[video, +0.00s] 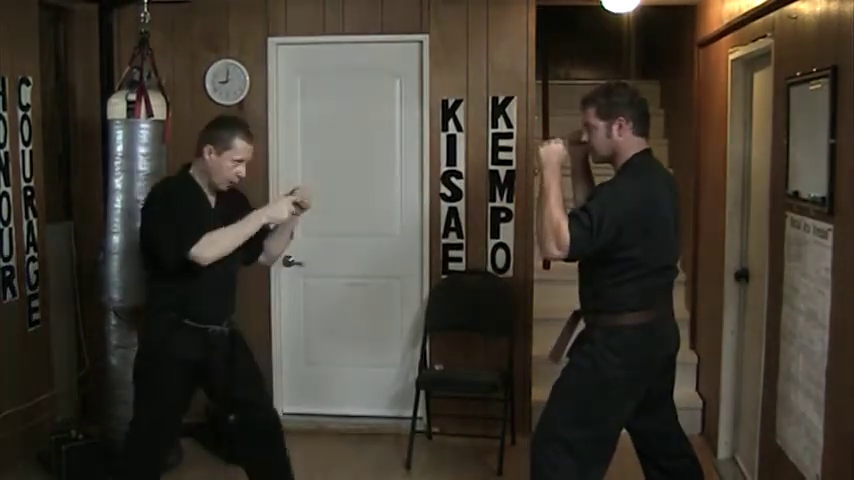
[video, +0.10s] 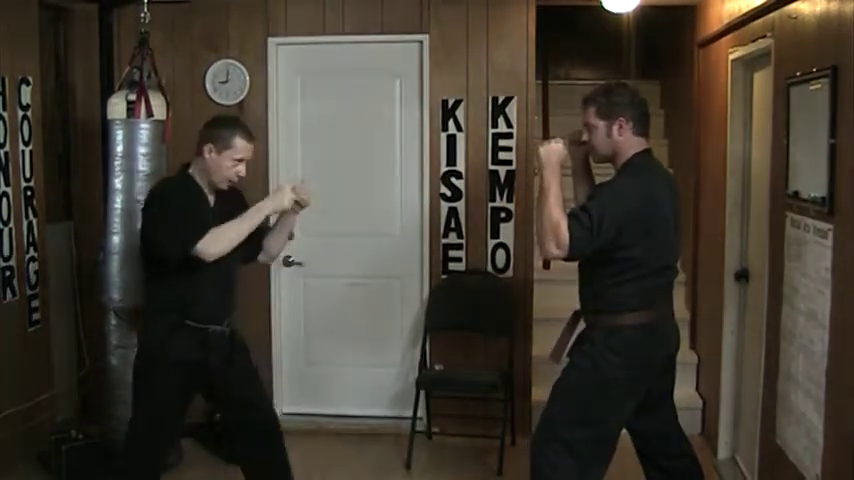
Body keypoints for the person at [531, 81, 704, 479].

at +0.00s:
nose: (586, 138)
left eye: (590, 128)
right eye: (585, 129)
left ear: (619, 127)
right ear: (626, 127)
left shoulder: (628, 187)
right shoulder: (659, 179)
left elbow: (560, 244)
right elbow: (594, 223)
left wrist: (551, 172)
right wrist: (580, 165)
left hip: (617, 343)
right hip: (655, 336)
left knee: (556, 451)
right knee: (665, 448)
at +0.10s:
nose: (586, 138)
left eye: (590, 128)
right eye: (585, 129)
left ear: (620, 127)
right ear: (626, 127)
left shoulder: (628, 187)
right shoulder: (659, 179)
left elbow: (559, 243)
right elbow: (596, 224)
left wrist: (550, 172)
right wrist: (581, 165)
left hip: (617, 343)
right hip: (655, 336)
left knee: (557, 451)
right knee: (664, 448)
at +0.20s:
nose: (586, 137)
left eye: (590, 128)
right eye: (585, 129)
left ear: (619, 126)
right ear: (626, 127)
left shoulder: (627, 187)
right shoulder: (659, 179)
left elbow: (558, 242)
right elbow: (595, 223)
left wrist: (550, 172)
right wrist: (581, 165)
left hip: (617, 343)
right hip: (655, 336)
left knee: (556, 451)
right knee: (665, 448)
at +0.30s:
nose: (586, 137)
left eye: (590, 128)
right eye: (585, 128)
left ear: (620, 126)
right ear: (626, 126)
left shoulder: (627, 188)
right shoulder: (659, 180)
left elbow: (559, 242)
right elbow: (596, 224)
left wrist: (549, 170)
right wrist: (581, 165)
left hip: (617, 343)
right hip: (655, 336)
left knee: (556, 451)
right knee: (665, 449)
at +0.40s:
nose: (586, 137)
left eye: (590, 128)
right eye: (585, 128)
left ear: (620, 126)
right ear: (626, 127)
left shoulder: (627, 187)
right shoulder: (659, 180)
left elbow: (558, 243)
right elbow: (596, 223)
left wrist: (549, 170)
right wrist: (581, 164)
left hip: (617, 343)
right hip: (655, 336)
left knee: (556, 451)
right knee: (665, 449)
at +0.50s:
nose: (585, 137)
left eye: (590, 127)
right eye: (584, 128)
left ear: (620, 126)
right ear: (625, 127)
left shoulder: (627, 187)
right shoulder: (659, 180)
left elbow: (558, 243)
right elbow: (596, 224)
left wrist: (549, 170)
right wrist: (581, 164)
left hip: (617, 343)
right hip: (654, 336)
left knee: (556, 452)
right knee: (664, 449)